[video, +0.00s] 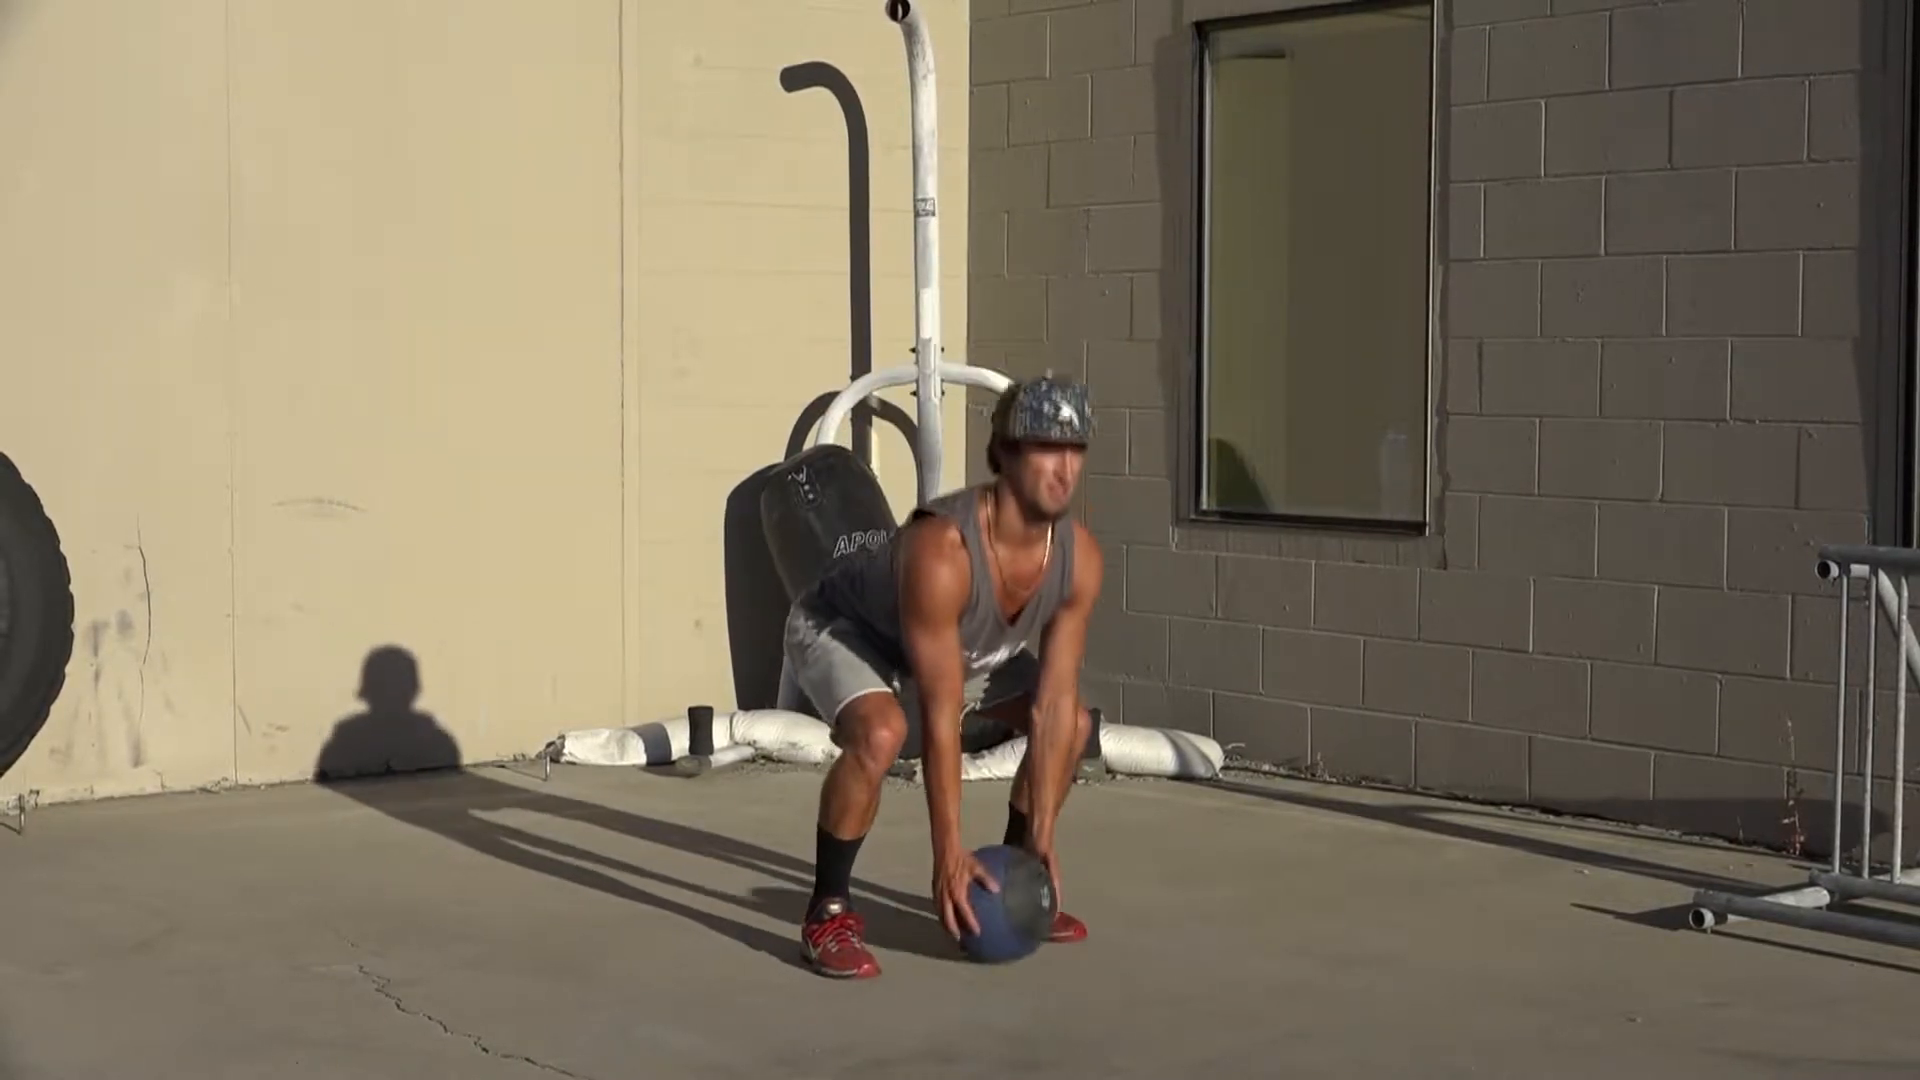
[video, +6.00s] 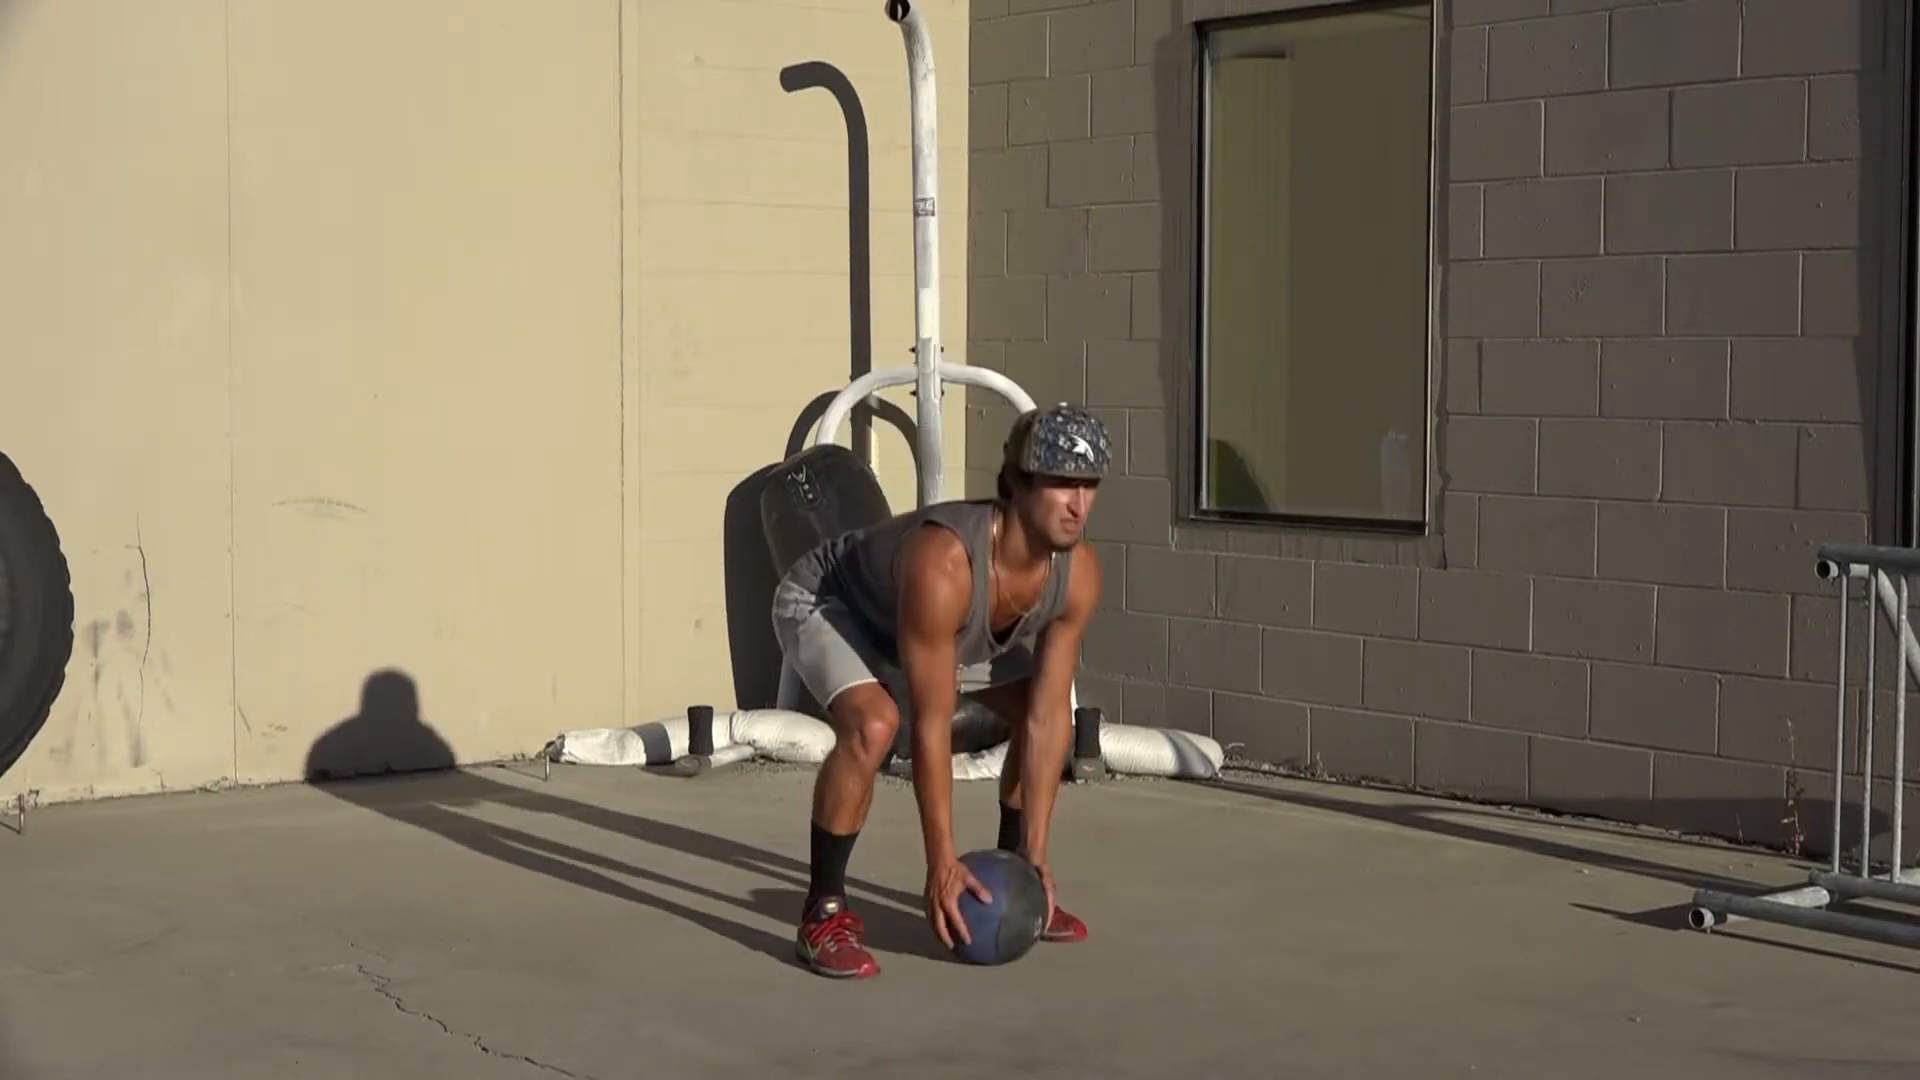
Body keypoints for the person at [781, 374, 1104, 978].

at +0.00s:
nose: (1064, 468)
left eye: (1074, 452)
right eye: (1047, 450)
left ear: (1085, 460)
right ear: (1004, 455)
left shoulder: (1077, 558)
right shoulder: (940, 549)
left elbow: (1055, 708)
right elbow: (941, 718)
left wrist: (1038, 852)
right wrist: (949, 855)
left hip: (948, 652)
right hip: (843, 631)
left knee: (1071, 723)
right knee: (880, 730)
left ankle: (1015, 884)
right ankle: (828, 912)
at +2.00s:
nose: (992, 142)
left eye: (1004, 128)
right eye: (974, 126)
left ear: (1018, 142)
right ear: (937, 139)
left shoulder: (1041, 254)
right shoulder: (898, 247)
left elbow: (1052, 370)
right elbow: (853, 391)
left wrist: (1065, 391)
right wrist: (958, 382)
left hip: (989, 517)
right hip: (890, 513)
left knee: (990, 699)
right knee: (857, 704)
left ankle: (1003, 886)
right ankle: (825, 910)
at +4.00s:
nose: (990, 257)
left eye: (1000, 241)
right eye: (971, 243)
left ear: (1018, 249)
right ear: (939, 259)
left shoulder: (1044, 348)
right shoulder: (923, 352)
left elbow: (1185, 432)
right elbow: (901, 462)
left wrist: (1105, 382)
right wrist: (997, 381)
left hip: (972, 594)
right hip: (870, 589)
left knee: (1073, 724)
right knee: (863, 734)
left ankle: (1010, 884)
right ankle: (822, 913)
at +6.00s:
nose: (1079, 503)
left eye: (1088, 487)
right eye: (1062, 485)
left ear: (1096, 493)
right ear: (1015, 483)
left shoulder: (1076, 573)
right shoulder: (942, 563)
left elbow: (1050, 717)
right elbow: (933, 723)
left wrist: (1032, 856)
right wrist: (941, 860)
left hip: (928, 622)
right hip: (826, 603)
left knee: (1043, 714)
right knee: (873, 725)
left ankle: (1014, 880)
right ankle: (824, 910)